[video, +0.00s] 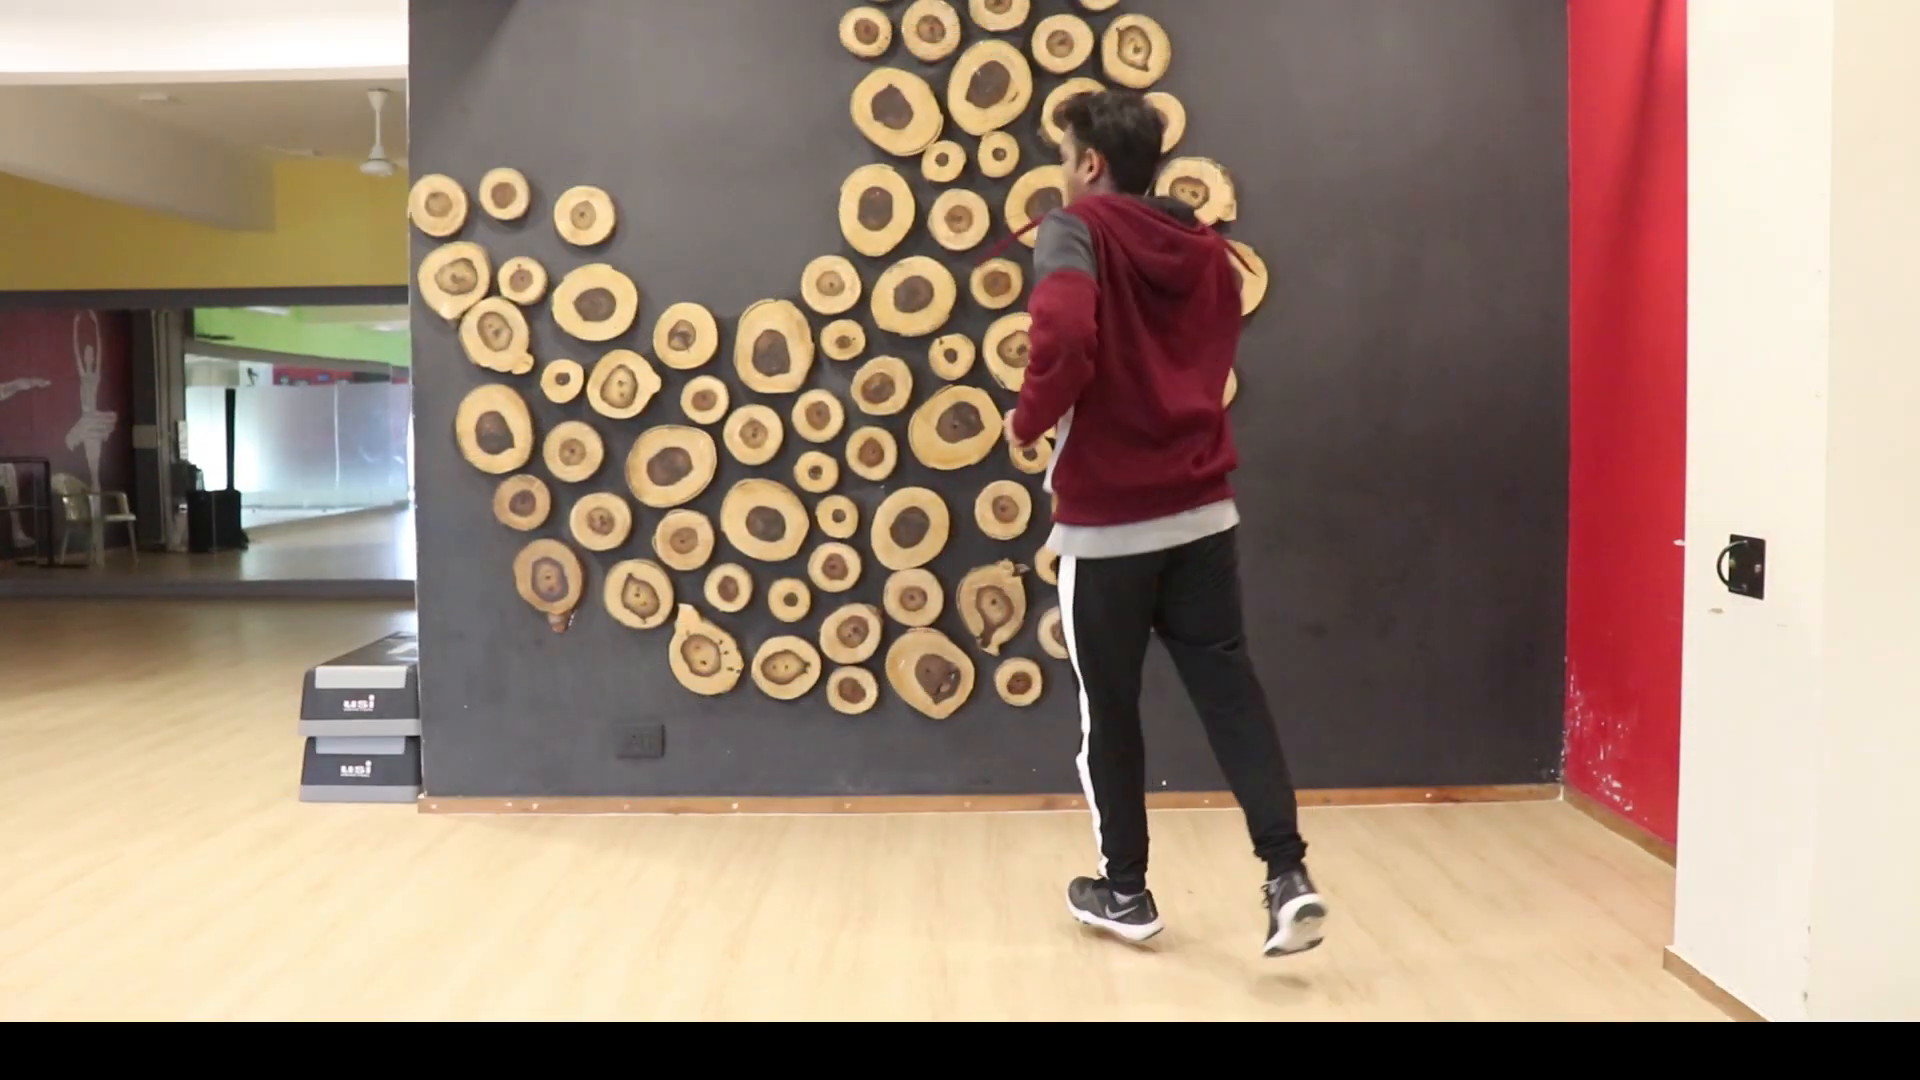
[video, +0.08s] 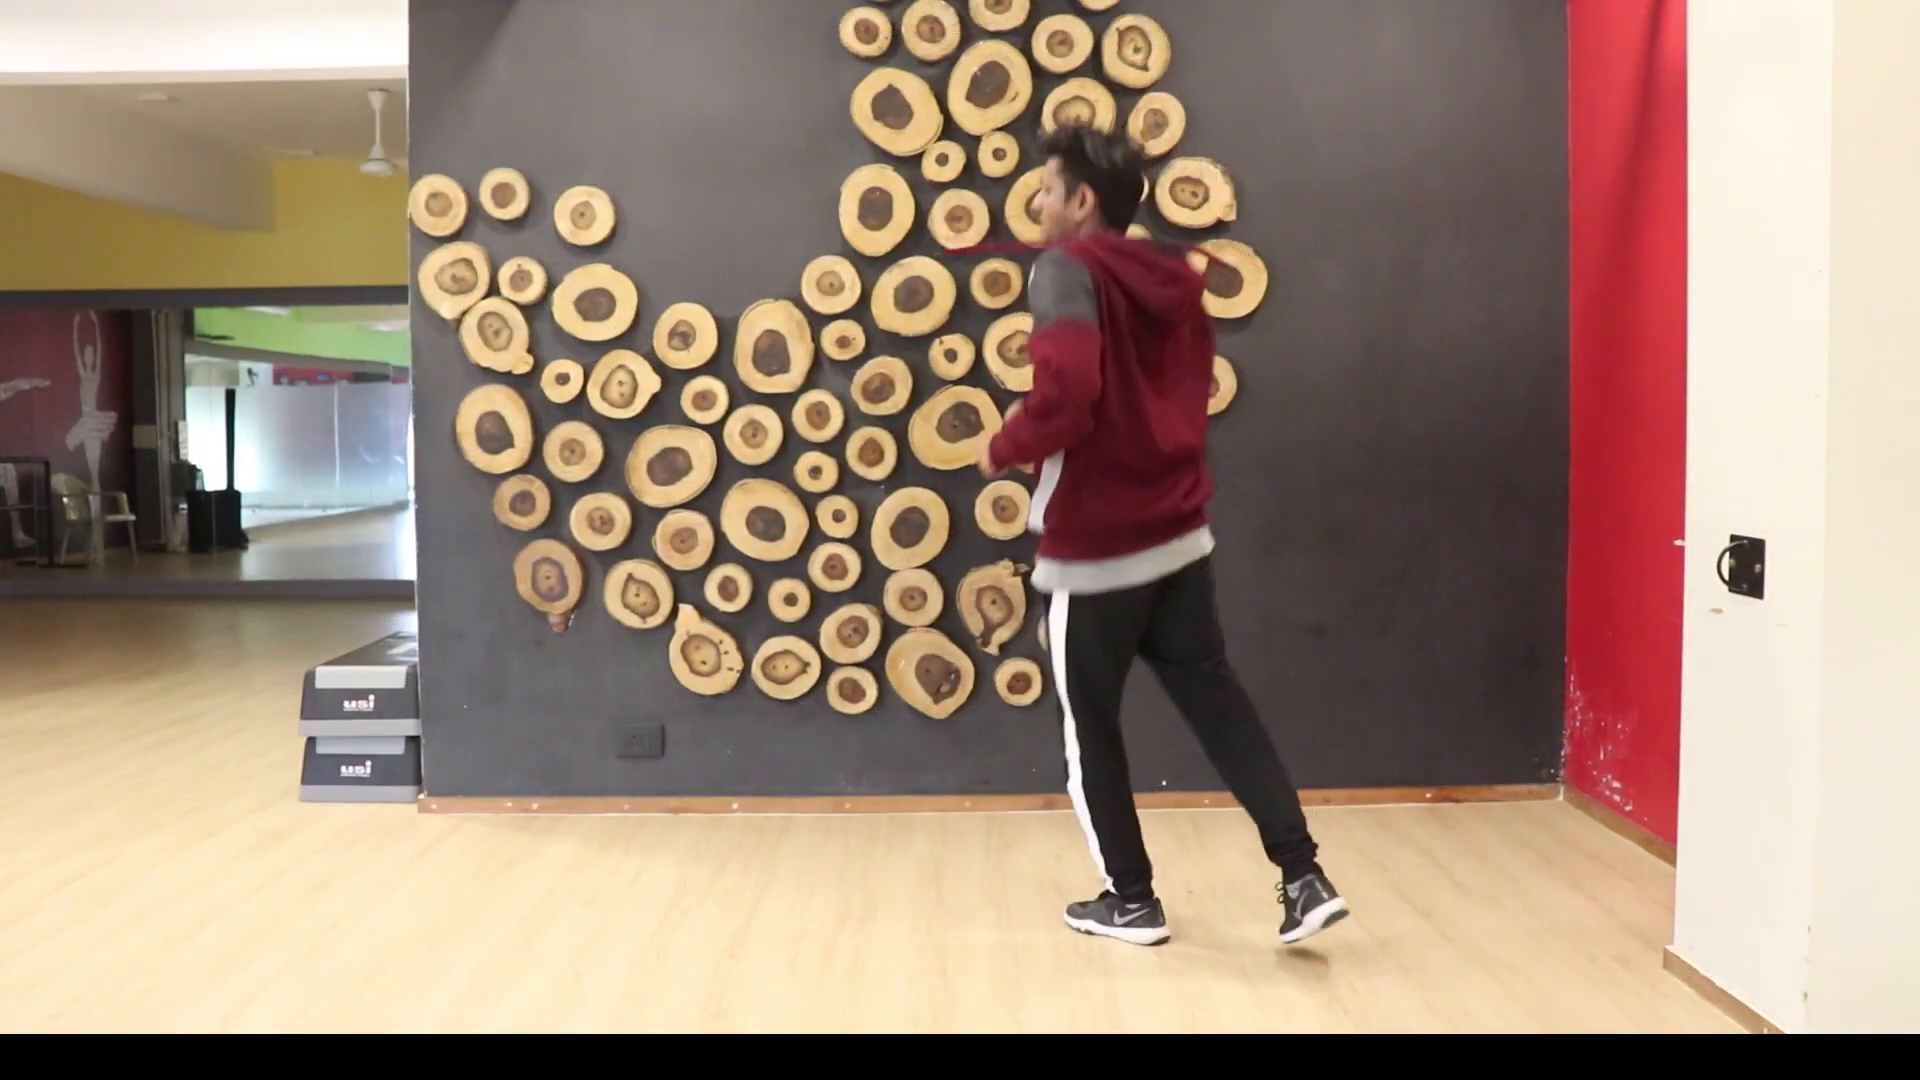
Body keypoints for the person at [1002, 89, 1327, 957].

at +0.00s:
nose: (1065, 173)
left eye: (1068, 159)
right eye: (1067, 159)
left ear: (1093, 162)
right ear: (1149, 164)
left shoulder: (1073, 232)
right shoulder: (1199, 241)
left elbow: (1067, 337)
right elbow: (1222, 346)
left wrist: (1025, 422)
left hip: (1108, 523)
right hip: (1203, 512)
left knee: (1108, 704)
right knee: (1228, 681)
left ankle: (1125, 888)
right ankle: (1287, 876)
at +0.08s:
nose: (1034, 203)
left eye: (1044, 190)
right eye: (1039, 187)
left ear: (1082, 201)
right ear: (1113, 204)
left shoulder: (1063, 269)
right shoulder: (1170, 274)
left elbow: (1068, 392)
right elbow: (1195, 392)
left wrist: (1004, 448)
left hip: (1092, 562)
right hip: (1179, 546)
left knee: (1089, 728)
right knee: (1212, 694)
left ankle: (1130, 897)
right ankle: (1304, 875)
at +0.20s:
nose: (1024, 231)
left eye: (1044, 219)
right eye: (1021, 219)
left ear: (1089, 238)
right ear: (1019, 231)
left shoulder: (1059, 323)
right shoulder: (1118, 311)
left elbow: (1049, 460)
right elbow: (1128, 450)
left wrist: (964, 481)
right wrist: (1022, 506)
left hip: (1075, 585)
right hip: (1140, 570)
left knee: (1053, 745)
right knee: (1136, 716)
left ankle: (1125, 898)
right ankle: (1246, 867)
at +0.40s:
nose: (1002, 193)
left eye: (1021, 181)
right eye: (993, 179)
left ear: (1054, 196)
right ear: (978, 192)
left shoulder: (1052, 283)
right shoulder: (1002, 280)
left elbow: (1022, 404)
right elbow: (990, 392)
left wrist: (943, 384)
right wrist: (965, 388)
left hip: (1050, 543)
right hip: (1000, 536)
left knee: (1047, 714)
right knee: (994, 693)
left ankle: (1116, 870)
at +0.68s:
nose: (949, 231)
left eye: (965, 219)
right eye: (937, 218)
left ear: (991, 237)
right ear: (919, 235)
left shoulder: (1021, 324)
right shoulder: (895, 318)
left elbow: (1074, 427)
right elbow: (875, 420)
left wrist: (980, 464)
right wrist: (808, 467)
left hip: (986, 565)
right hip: (905, 559)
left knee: (971, 710)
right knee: (881, 706)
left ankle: (1079, 831)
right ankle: (936, 850)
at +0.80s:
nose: (937, 204)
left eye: (953, 193)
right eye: (925, 192)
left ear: (980, 208)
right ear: (906, 207)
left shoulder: (1016, 292)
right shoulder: (876, 291)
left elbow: (1068, 396)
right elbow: (831, 385)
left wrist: (977, 408)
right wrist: (746, 411)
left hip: (976, 537)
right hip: (885, 530)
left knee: (967, 691)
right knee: (877, 688)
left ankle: (987, 821)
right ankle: (914, 833)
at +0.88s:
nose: (934, 211)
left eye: (949, 199)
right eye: (920, 200)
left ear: (974, 214)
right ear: (900, 214)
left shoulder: (1008, 294)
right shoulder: (865, 295)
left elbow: (1049, 397)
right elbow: (810, 389)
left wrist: (963, 385)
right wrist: (723, 385)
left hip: (970, 539)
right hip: (878, 534)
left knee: (960, 699)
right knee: (864, 691)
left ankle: (955, 839)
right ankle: (889, 833)